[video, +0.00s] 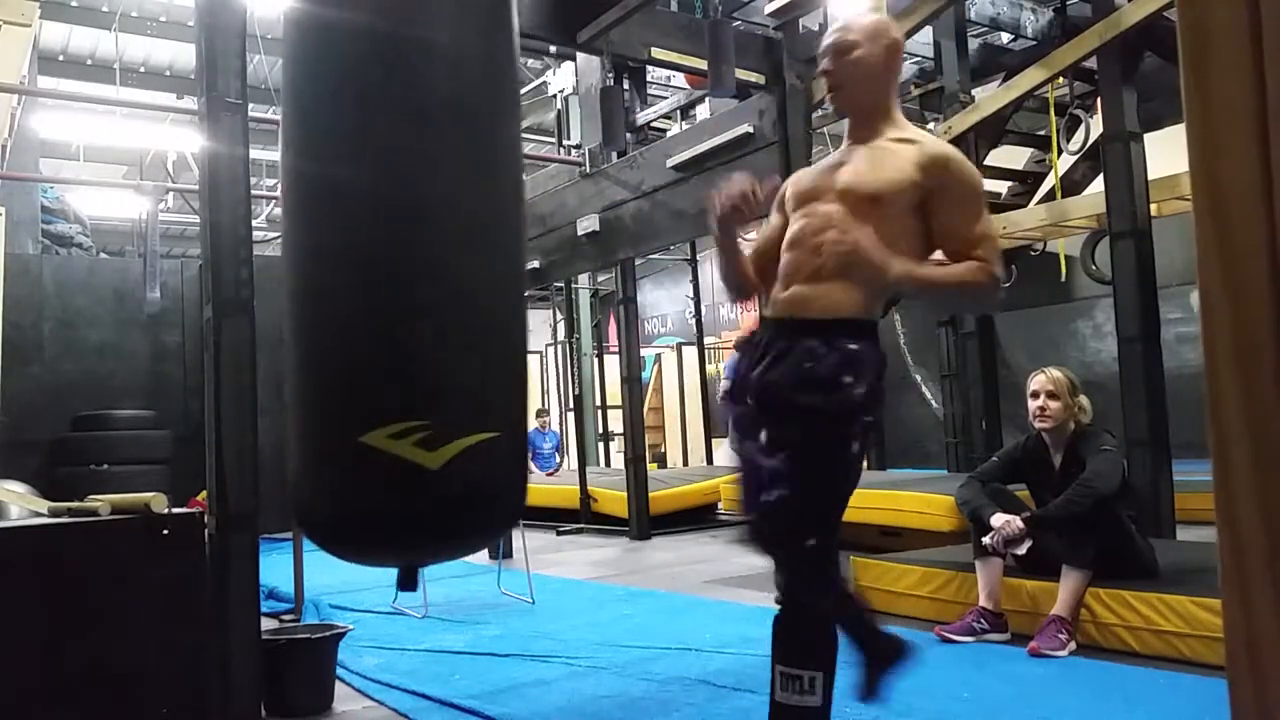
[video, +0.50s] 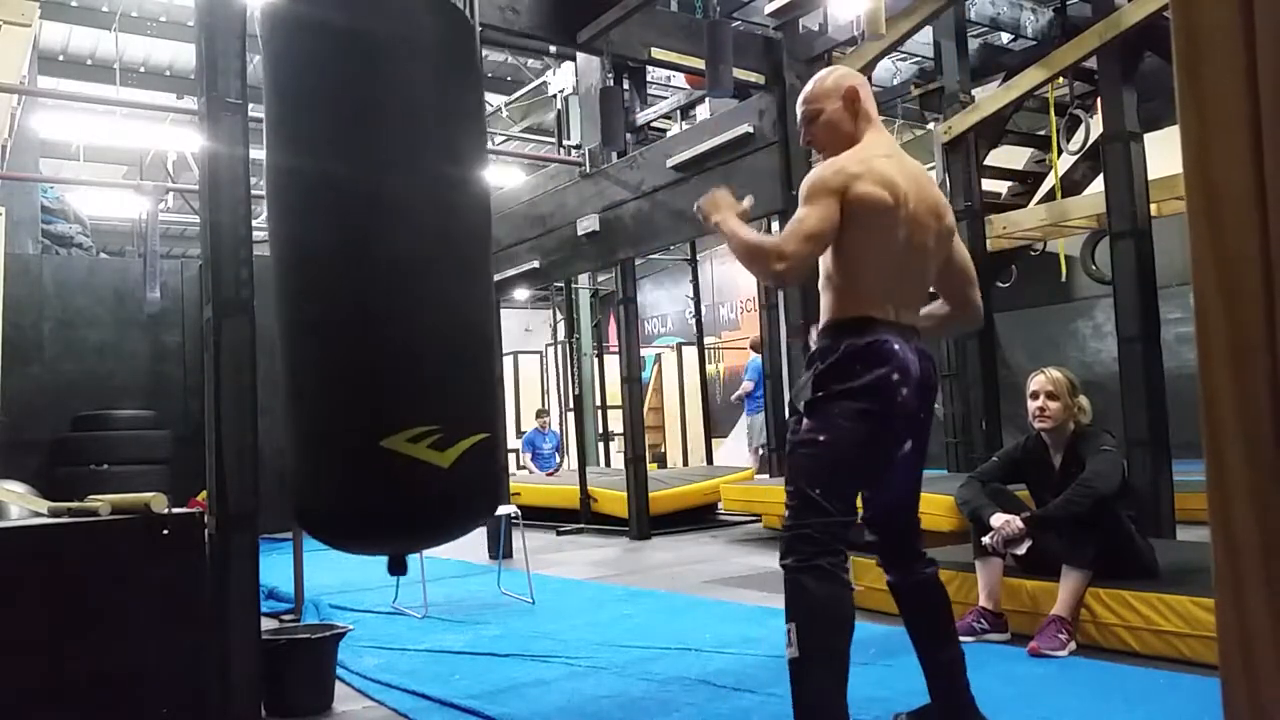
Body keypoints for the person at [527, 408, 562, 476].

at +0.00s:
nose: (544, 420)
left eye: (546, 416)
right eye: (541, 417)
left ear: (549, 418)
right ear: (537, 420)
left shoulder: (555, 435)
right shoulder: (531, 435)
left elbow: (562, 455)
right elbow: (528, 459)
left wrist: (557, 470)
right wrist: (540, 473)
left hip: (553, 471)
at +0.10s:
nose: (545, 420)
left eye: (546, 417)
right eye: (541, 417)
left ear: (549, 418)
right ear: (536, 419)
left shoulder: (555, 435)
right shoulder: (529, 437)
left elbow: (562, 454)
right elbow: (526, 459)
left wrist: (558, 470)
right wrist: (539, 474)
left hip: (553, 472)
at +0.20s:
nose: (545, 420)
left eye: (546, 417)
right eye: (541, 417)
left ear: (549, 418)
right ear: (536, 420)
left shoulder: (555, 435)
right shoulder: (529, 437)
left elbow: (562, 454)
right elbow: (526, 459)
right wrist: (539, 473)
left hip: (554, 473)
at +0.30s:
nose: (545, 420)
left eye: (546, 417)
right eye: (541, 417)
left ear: (549, 418)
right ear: (536, 420)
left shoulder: (555, 435)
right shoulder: (529, 437)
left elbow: (562, 454)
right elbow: (526, 459)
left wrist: (559, 470)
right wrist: (539, 473)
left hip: (554, 473)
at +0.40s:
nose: (545, 420)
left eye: (546, 417)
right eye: (541, 417)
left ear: (549, 418)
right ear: (536, 420)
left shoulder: (555, 435)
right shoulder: (529, 437)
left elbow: (562, 454)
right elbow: (526, 459)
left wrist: (559, 470)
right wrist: (539, 473)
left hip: (554, 473)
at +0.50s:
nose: (545, 420)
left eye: (546, 417)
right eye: (541, 418)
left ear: (549, 418)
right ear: (536, 420)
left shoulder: (555, 435)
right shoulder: (529, 437)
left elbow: (562, 454)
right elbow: (526, 459)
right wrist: (539, 473)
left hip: (554, 473)